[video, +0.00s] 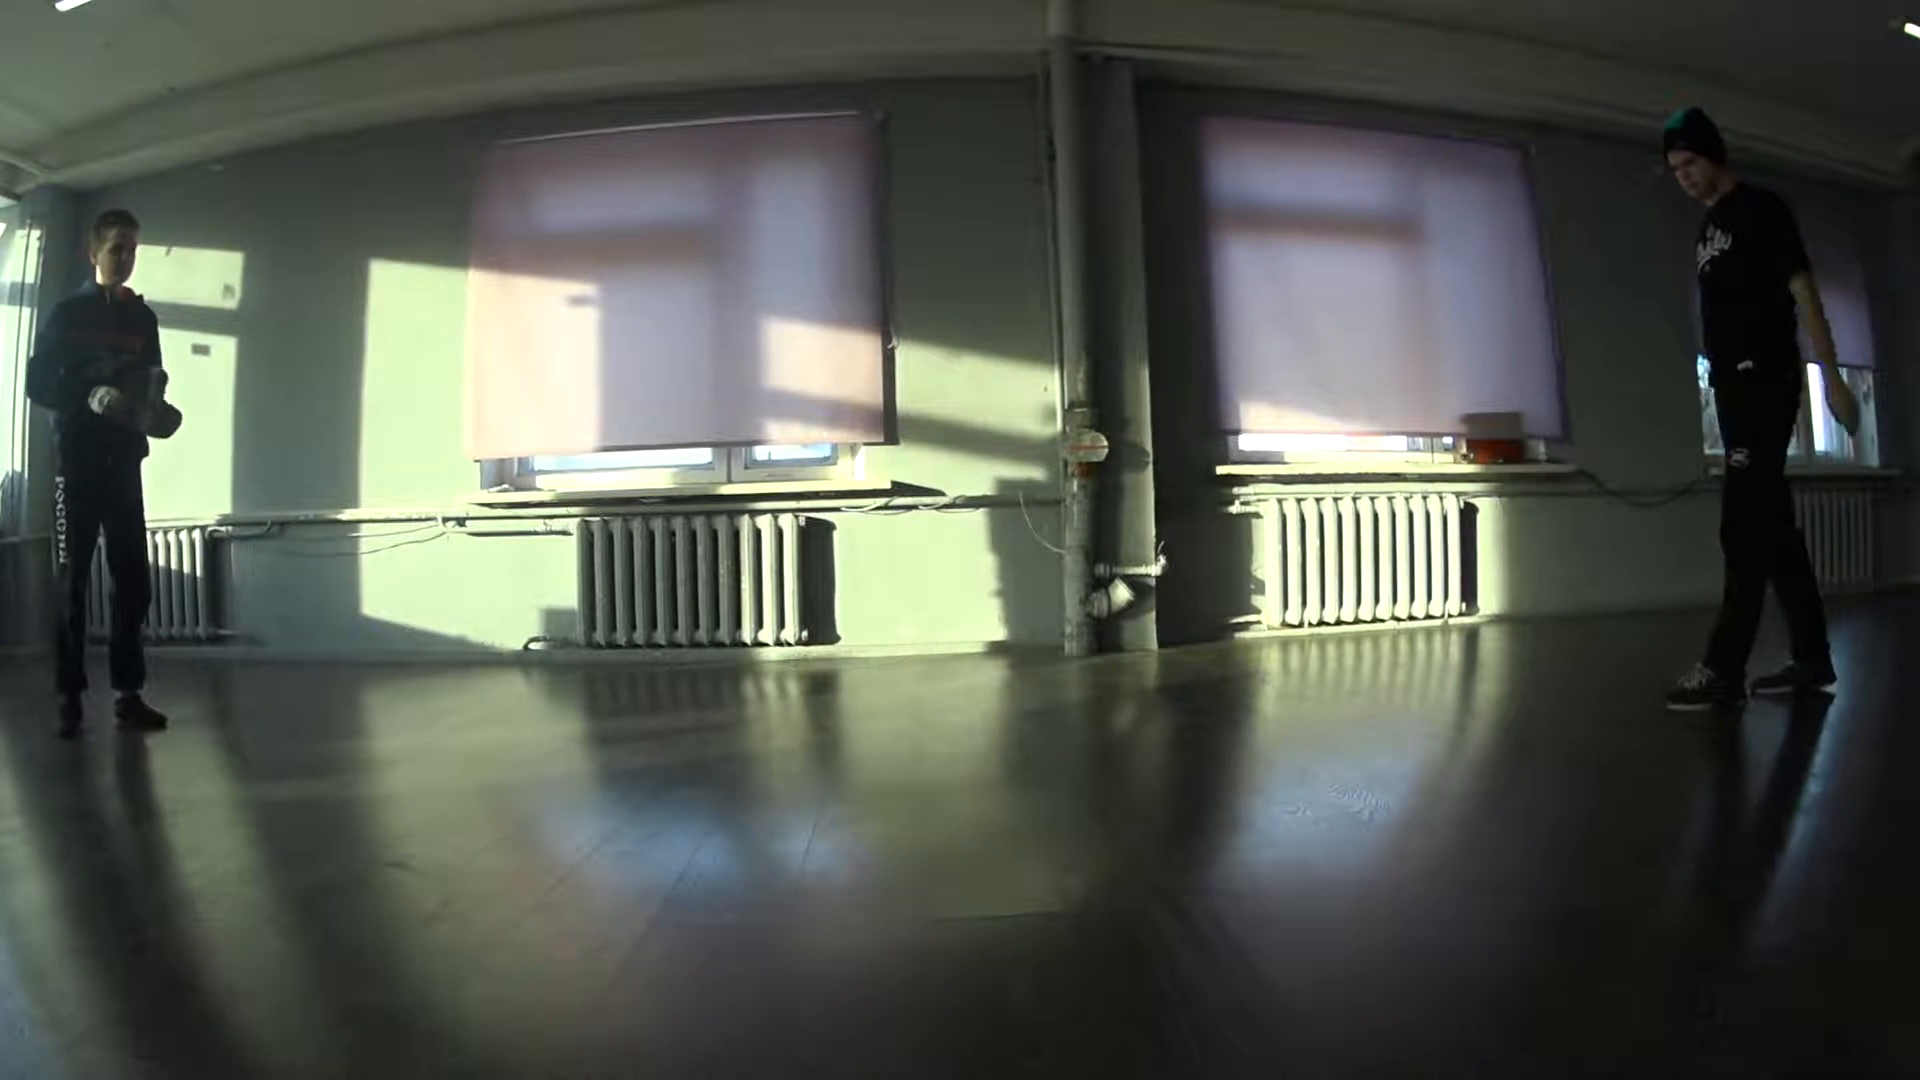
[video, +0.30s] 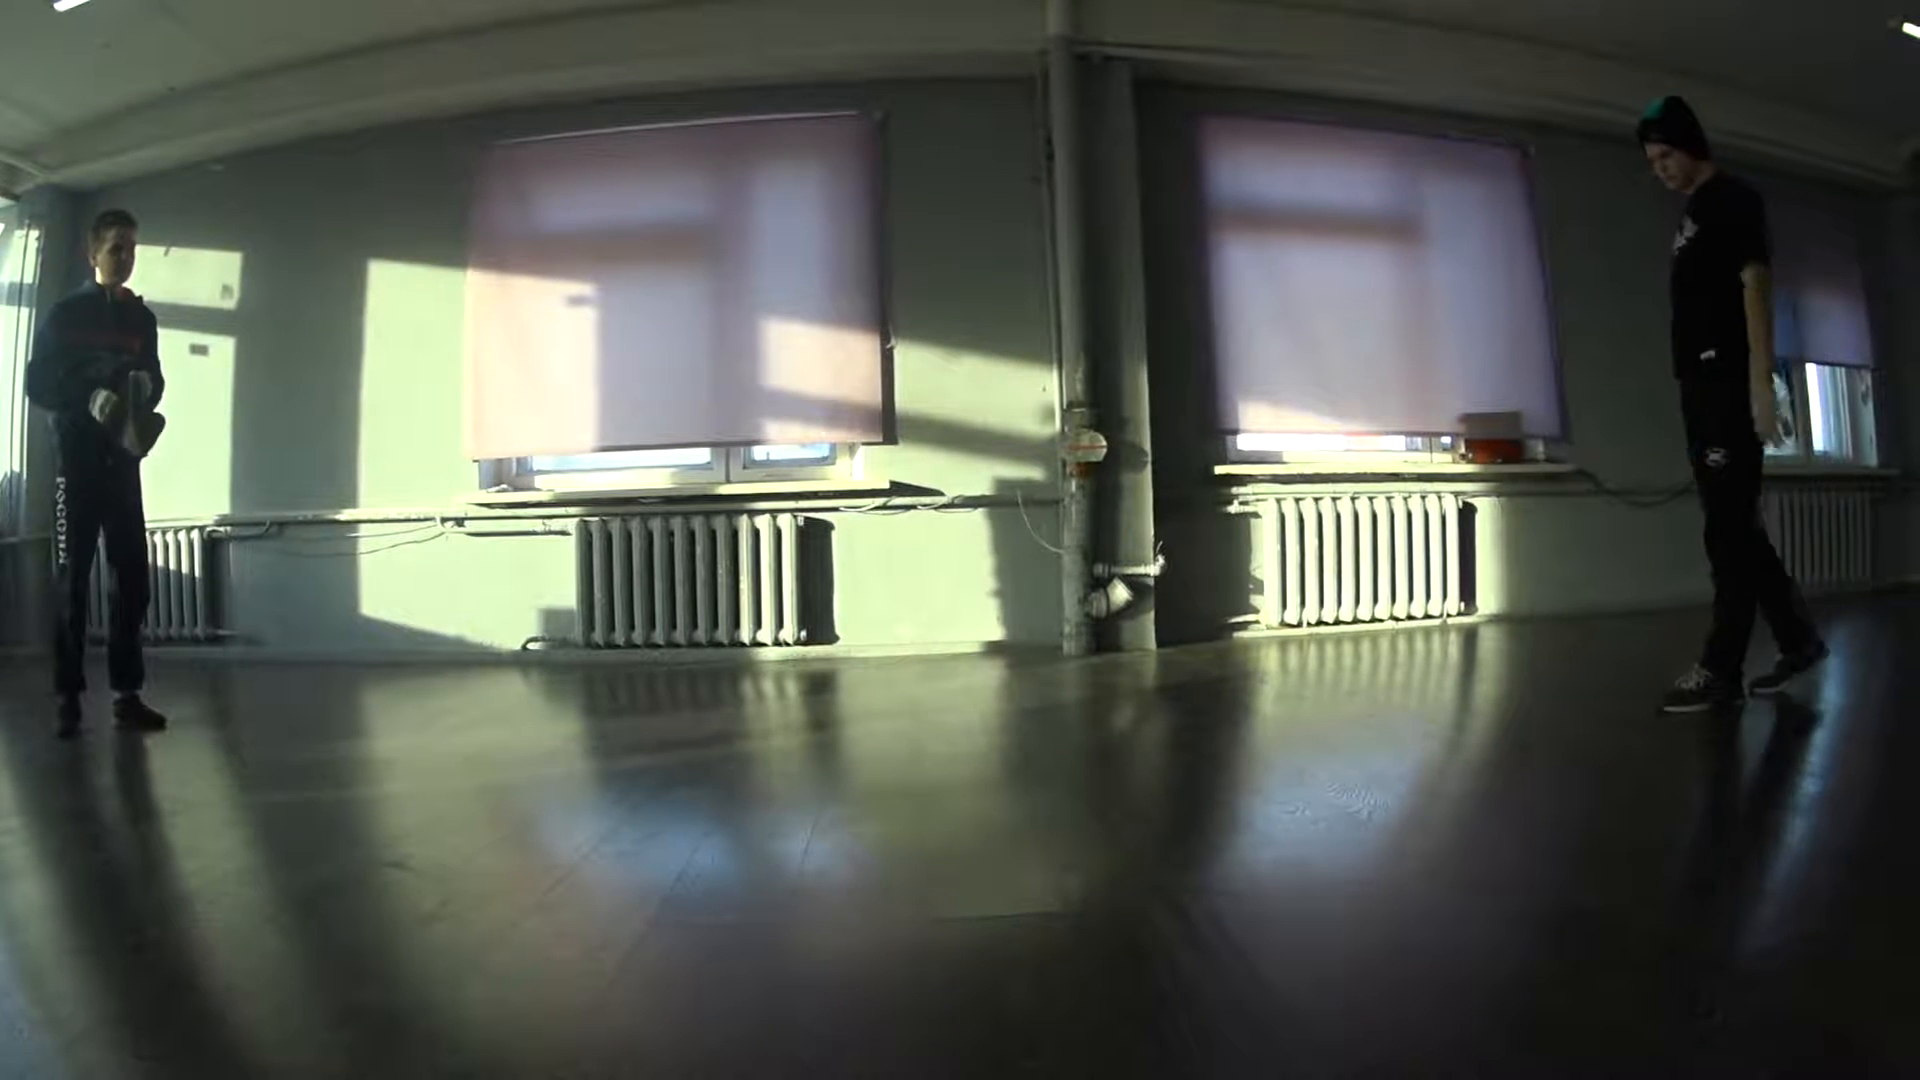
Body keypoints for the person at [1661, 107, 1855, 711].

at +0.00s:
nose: (1684, 176)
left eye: (1690, 163)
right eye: (1676, 169)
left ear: (1717, 157)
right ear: (1675, 173)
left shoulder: (1762, 209)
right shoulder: (1710, 223)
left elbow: (1806, 298)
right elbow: (1725, 311)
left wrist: (1833, 379)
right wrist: (1720, 389)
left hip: (1768, 384)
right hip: (1736, 387)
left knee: (1742, 526)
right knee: (1773, 526)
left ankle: (1723, 672)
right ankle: (1813, 661)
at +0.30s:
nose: (1659, 169)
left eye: (1665, 156)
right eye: (1652, 161)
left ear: (1693, 148)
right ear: (1655, 162)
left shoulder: (1733, 200)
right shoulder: (1694, 209)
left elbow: (1756, 289)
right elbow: (1707, 302)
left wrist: (1761, 387)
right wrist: (1697, 389)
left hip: (1730, 389)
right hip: (1702, 389)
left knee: (1729, 530)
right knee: (1735, 526)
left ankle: (1720, 670)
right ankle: (1800, 639)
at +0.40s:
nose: (1658, 170)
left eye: (1663, 156)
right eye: (1651, 161)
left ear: (1690, 148)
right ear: (1652, 163)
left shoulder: (1726, 199)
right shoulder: (1694, 209)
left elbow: (1728, 286)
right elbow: (1693, 306)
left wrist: (1702, 371)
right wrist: (1674, 382)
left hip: (1727, 384)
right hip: (1701, 385)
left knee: (1722, 526)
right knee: (1704, 524)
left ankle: (1721, 669)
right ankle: (1784, 632)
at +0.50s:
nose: (1653, 165)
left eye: (1658, 152)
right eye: (1648, 156)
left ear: (1685, 145)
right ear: (1661, 153)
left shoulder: (1720, 196)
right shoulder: (1693, 206)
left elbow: (1706, 276)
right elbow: (1692, 307)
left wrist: (1643, 338)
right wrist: (1658, 380)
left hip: (1723, 377)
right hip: (1692, 378)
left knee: (1717, 520)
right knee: (1680, 521)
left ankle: (1720, 669)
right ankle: (1763, 624)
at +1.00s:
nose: (1645, 149)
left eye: (1650, 137)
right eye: (1643, 139)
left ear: (1676, 136)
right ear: (1680, 137)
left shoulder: (1709, 196)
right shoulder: (1699, 196)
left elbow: (1719, 295)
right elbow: (1712, 296)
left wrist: (1699, 386)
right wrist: (1694, 379)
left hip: (1722, 381)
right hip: (1716, 380)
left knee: (1716, 528)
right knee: (1722, 525)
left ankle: (1717, 670)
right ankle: (1783, 649)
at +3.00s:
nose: (1632, 152)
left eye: (1636, 139)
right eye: (1629, 141)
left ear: (1665, 136)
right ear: (1666, 138)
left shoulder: (1696, 194)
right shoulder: (1685, 194)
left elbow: (1706, 287)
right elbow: (1688, 298)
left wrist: (1684, 385)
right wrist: (1668, 377)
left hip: (1721, 380)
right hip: (1716, 379)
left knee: (1712, 527)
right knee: (1746, 519)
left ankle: (1709, 675)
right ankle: (1795, 658)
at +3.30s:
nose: (1590, 152)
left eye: (1594, 139)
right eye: (1585, 143)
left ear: (1623, 129)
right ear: (1615, 137)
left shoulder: (1663, 188)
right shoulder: (1642, 194)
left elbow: (1677, 288)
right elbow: (1647, 298)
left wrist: (1653, 385)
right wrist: (1623, 374)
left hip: (1679, 380)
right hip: (1662, 379)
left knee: (1670, 521)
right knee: (1666, 522)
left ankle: (1716, 660)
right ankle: (1725, 641)